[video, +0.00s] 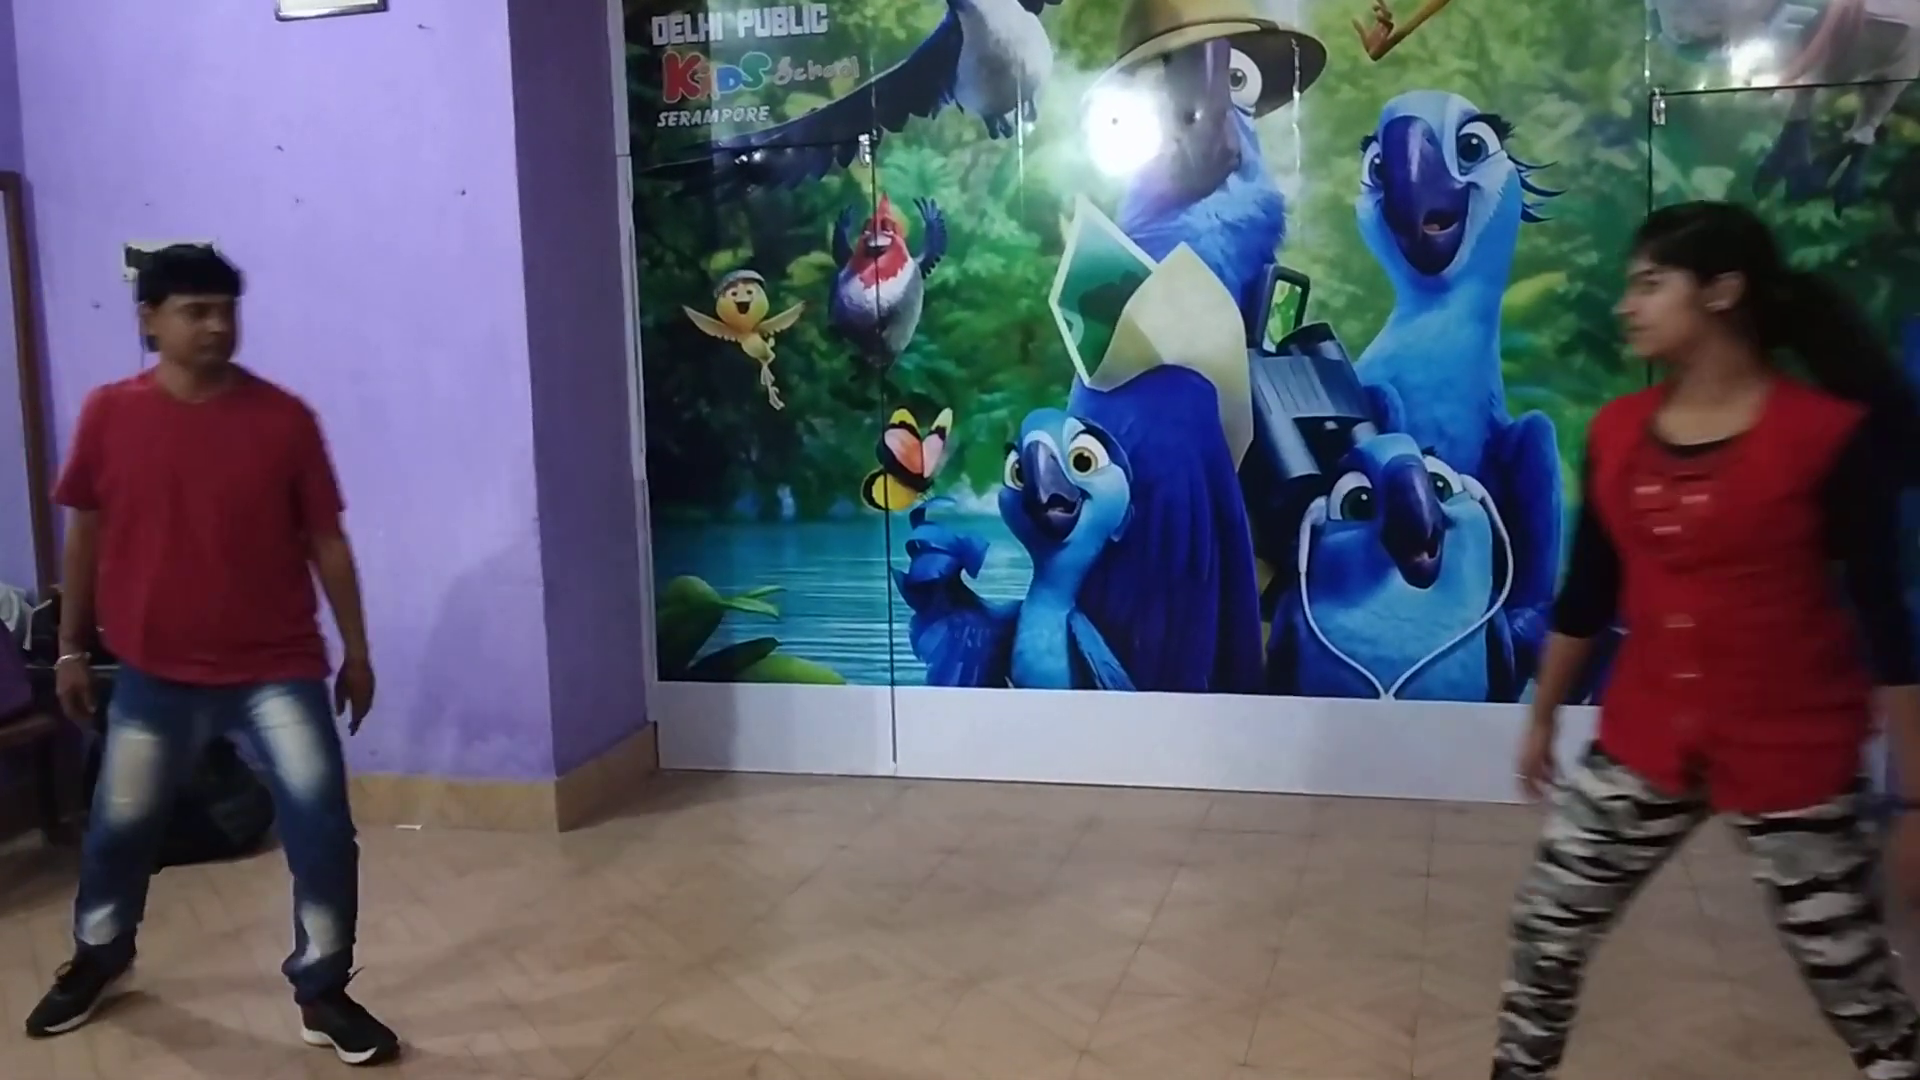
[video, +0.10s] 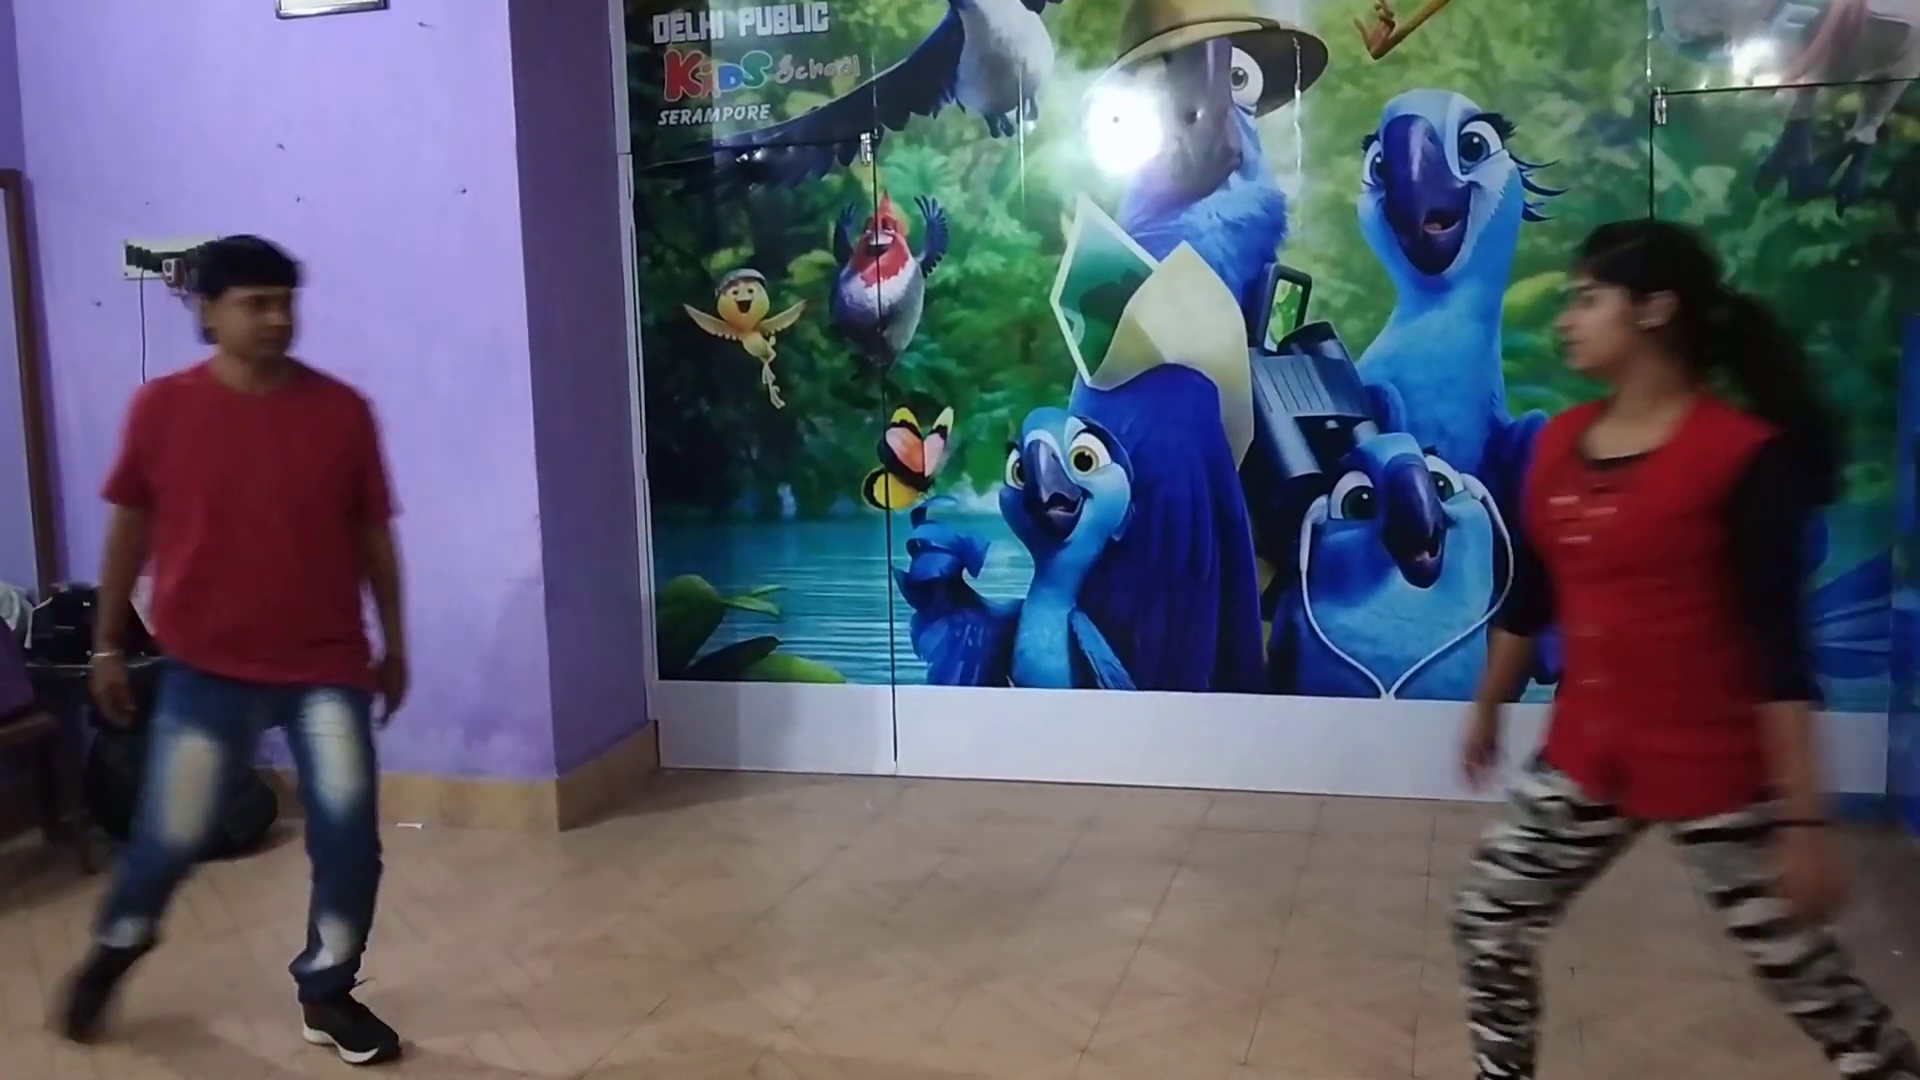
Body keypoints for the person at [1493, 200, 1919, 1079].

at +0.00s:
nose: (1626, 306)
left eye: (1648, 284)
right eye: (1629, 286)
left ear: (1721, 293)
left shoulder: (1831, 437)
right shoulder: (1619, 432)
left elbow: (1889, 624)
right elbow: (1589, 587)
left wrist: (1911, 802)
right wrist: (1541, 713)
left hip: (1793, 753)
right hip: (1645, 743)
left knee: (1855, 992)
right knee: (1546, 933)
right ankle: (1517, 1071)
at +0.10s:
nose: (1565, 321)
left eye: (1586, 300)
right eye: (1569, 301)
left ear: (1652, 311)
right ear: (1628, 315)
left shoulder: (1745, 455)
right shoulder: (1559, 446)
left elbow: (1779, 641)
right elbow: (1529, 591)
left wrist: (1804, 816)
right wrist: (1487, 705)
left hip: (1714, 766)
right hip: (1590, 756)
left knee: (1804, 979)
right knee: (1487, 921)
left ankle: (1892, 1065)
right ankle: (1503, 1071)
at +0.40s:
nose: (1346, 335)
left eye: (1364, 318)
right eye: (1352, 317)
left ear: (1419, 333)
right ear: (1406, 333)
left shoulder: (1457, 463)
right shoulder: (1379, 444)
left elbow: (1364, 619)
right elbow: (1313, 552)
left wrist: (1276, 727)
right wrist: (1246, 625)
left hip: (1454, 754)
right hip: (1391, 741)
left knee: (1312, 930)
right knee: (1376, 944)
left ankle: (1429, 1059)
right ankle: (1454, 1064)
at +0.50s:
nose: (1278, 336)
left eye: (1294, 318)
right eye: (1283, 318)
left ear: (1348, 333)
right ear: (1342, 336)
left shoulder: (1374, 464)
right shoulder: (1323, 447)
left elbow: (1242, 566)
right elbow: (1231, 556)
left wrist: (1115, 649)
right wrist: (1145, 619)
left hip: (1368, 745)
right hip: (1330, 737)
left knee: (1208, 905)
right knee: (1356, 943)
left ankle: (1196, 1065)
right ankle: (1463, 1071)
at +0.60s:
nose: (1211, 332)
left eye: (1229, 317)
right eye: (1220, 314)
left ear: (1274, 336)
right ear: (1276, 338)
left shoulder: (1276, 457)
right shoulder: (1293, 444)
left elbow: (1138, 533)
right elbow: (1143, 536)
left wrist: (987, 566)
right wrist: (999, 565)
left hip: (1266, 746)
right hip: (1314, 736)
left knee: (1131, 901)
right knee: (1280, 931)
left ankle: (1151, 1068)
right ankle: (1449, 1068)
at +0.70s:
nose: (1137, 334)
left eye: (1154, 318)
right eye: (1143, 316)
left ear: (1202, 340)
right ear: (1205, 343)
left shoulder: (1194, 454)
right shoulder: (1214, 446)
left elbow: (1036, 477)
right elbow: (1102, 528)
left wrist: (873, 464)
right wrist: (999, 552)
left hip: (1206, 736)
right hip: (1229, 729)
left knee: (1087, 911)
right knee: (1143, 899)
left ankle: (1140, 1072)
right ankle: (1288, 1051)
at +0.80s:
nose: (1079, 338)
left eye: (1094, 323)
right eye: (1085, 321)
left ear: (1142, 341)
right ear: (1142, 342)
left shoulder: (1150, 444)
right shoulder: (1136, 445)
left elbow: (973, 444)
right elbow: (1048, 526)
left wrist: (821, 388)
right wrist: (940, 538)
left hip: (1162, 733)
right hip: (1126, 722)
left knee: (1057, 918)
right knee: (1028, 860)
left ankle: (1122, 1069)